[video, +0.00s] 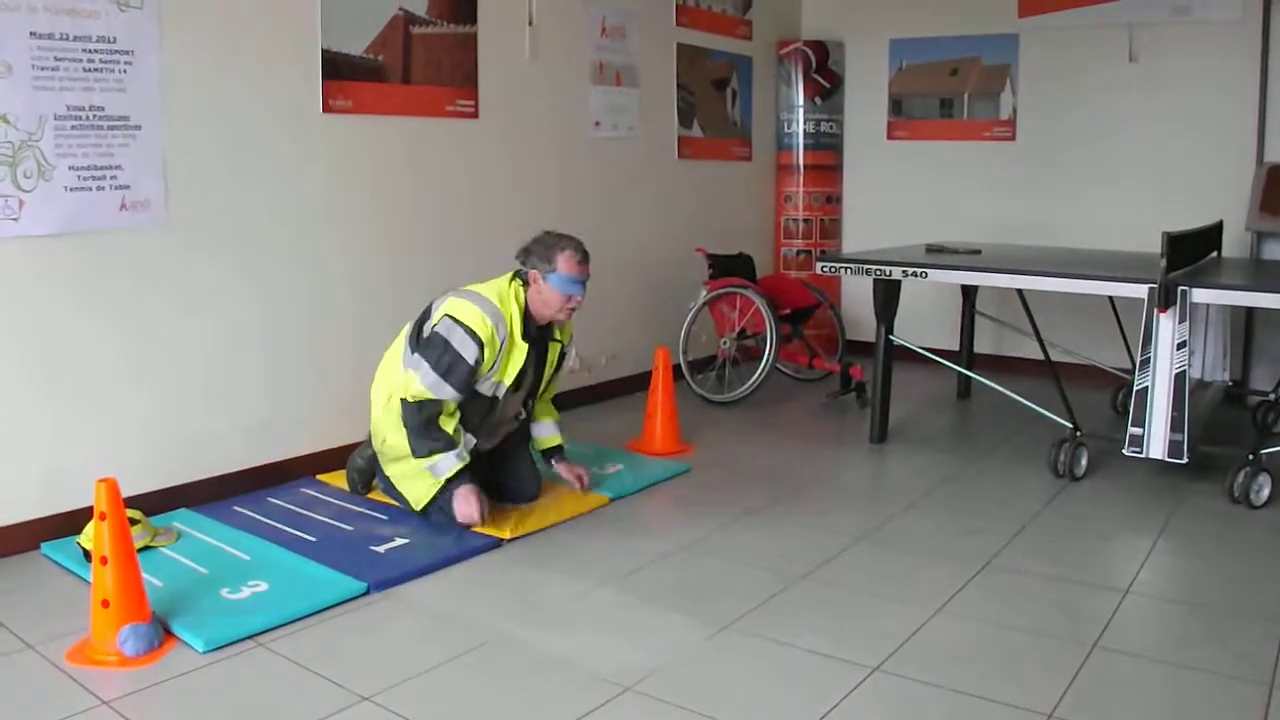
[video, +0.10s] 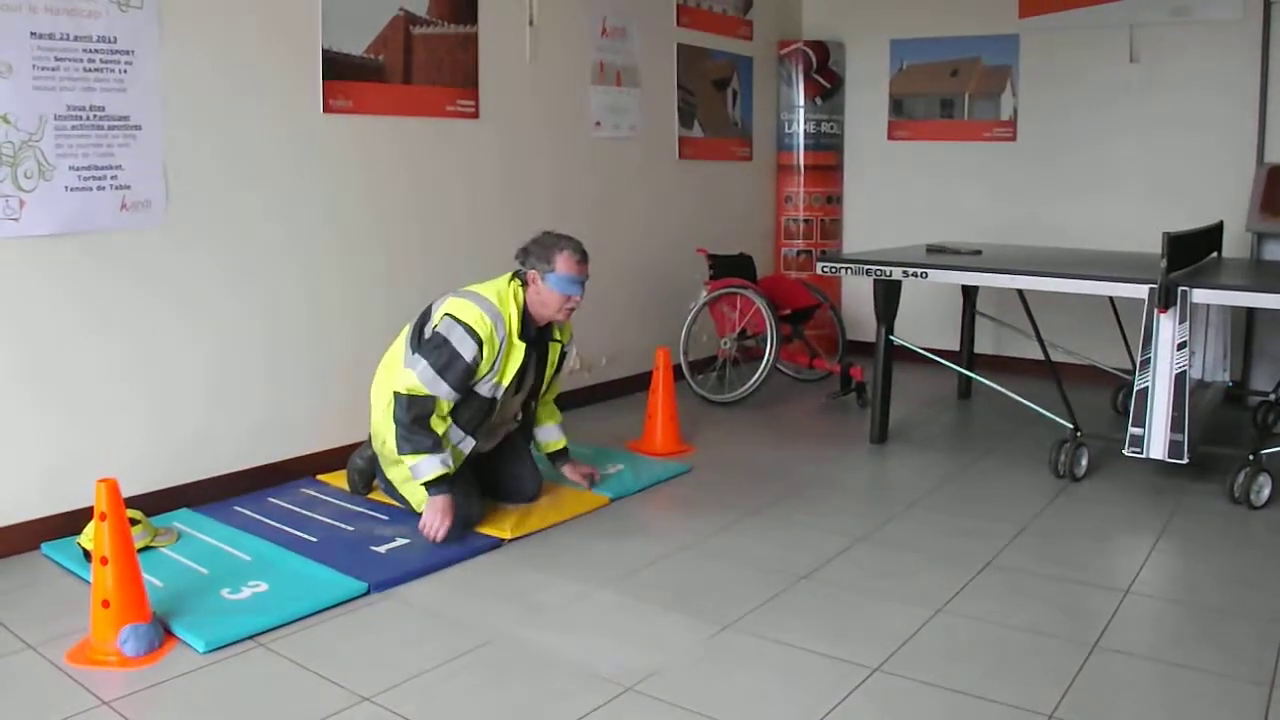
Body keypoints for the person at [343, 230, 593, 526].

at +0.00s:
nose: (578, 299)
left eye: (583, 288)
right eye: (569, 287)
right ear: (535, 280)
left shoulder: (557, 328)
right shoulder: (474, 320)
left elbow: (538, 398)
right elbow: (422, 410)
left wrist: (557, 458)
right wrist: (458, 484)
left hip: (482, 416)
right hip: (412, 424)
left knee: (523, 490)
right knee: (458, 514)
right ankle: (382, 460)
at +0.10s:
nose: (577, 298)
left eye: (582, 287)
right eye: (567, 285)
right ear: (533, 280)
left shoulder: (555, 329)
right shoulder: (473, 320)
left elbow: (541, 399)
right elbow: (413, 403)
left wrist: (562, 460)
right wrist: (437, 491)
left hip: (482, 418)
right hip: (423, 427)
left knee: (523, 488)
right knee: (462, 515)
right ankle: (382, 463)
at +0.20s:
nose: (573, 300)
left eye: (578, 289)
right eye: (563, 288)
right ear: (530, 282)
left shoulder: (554, 327)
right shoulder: (471, 321)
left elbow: (545, 402)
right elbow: (418, 409)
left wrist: (567, 470)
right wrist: (434, 504)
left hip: (487, 418)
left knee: (523, 489)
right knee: (463, 513)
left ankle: (444, 459)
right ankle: (382, 466)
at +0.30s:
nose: (569, 303)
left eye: (574, 292)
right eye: (559, 291)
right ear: (526, 285)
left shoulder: (552, 334)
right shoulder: (469, 322)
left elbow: (546, 410)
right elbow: (427, 414)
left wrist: (568, 482)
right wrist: (441, 507)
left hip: (481, 421)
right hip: (408, 427)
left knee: (524, 489)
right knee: (465, 513)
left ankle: (449, 460)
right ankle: (382, 465)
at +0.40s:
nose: (566, 305)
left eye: (571, 294)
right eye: (557, 293)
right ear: (524, 285)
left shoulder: (549, 334)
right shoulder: (467, 321)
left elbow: (546, 410)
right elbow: (428, 412)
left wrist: (568, 483)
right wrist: (440, 509)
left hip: (482, 420)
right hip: (407, 426)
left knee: (524, 490)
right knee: (464, 513)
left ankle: (447, 461)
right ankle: (382, 466)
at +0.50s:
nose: (563, 302)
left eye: (568, 292)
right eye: (553, 290)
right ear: (520, 283)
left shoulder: (547, 331)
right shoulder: (464, 319)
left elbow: (546, 408)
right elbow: (429, 411)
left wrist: (569, 482)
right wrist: (439, 510)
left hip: (482, 421)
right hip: (407, 427)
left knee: (524, 489)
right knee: (466, 512)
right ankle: (384, 468)